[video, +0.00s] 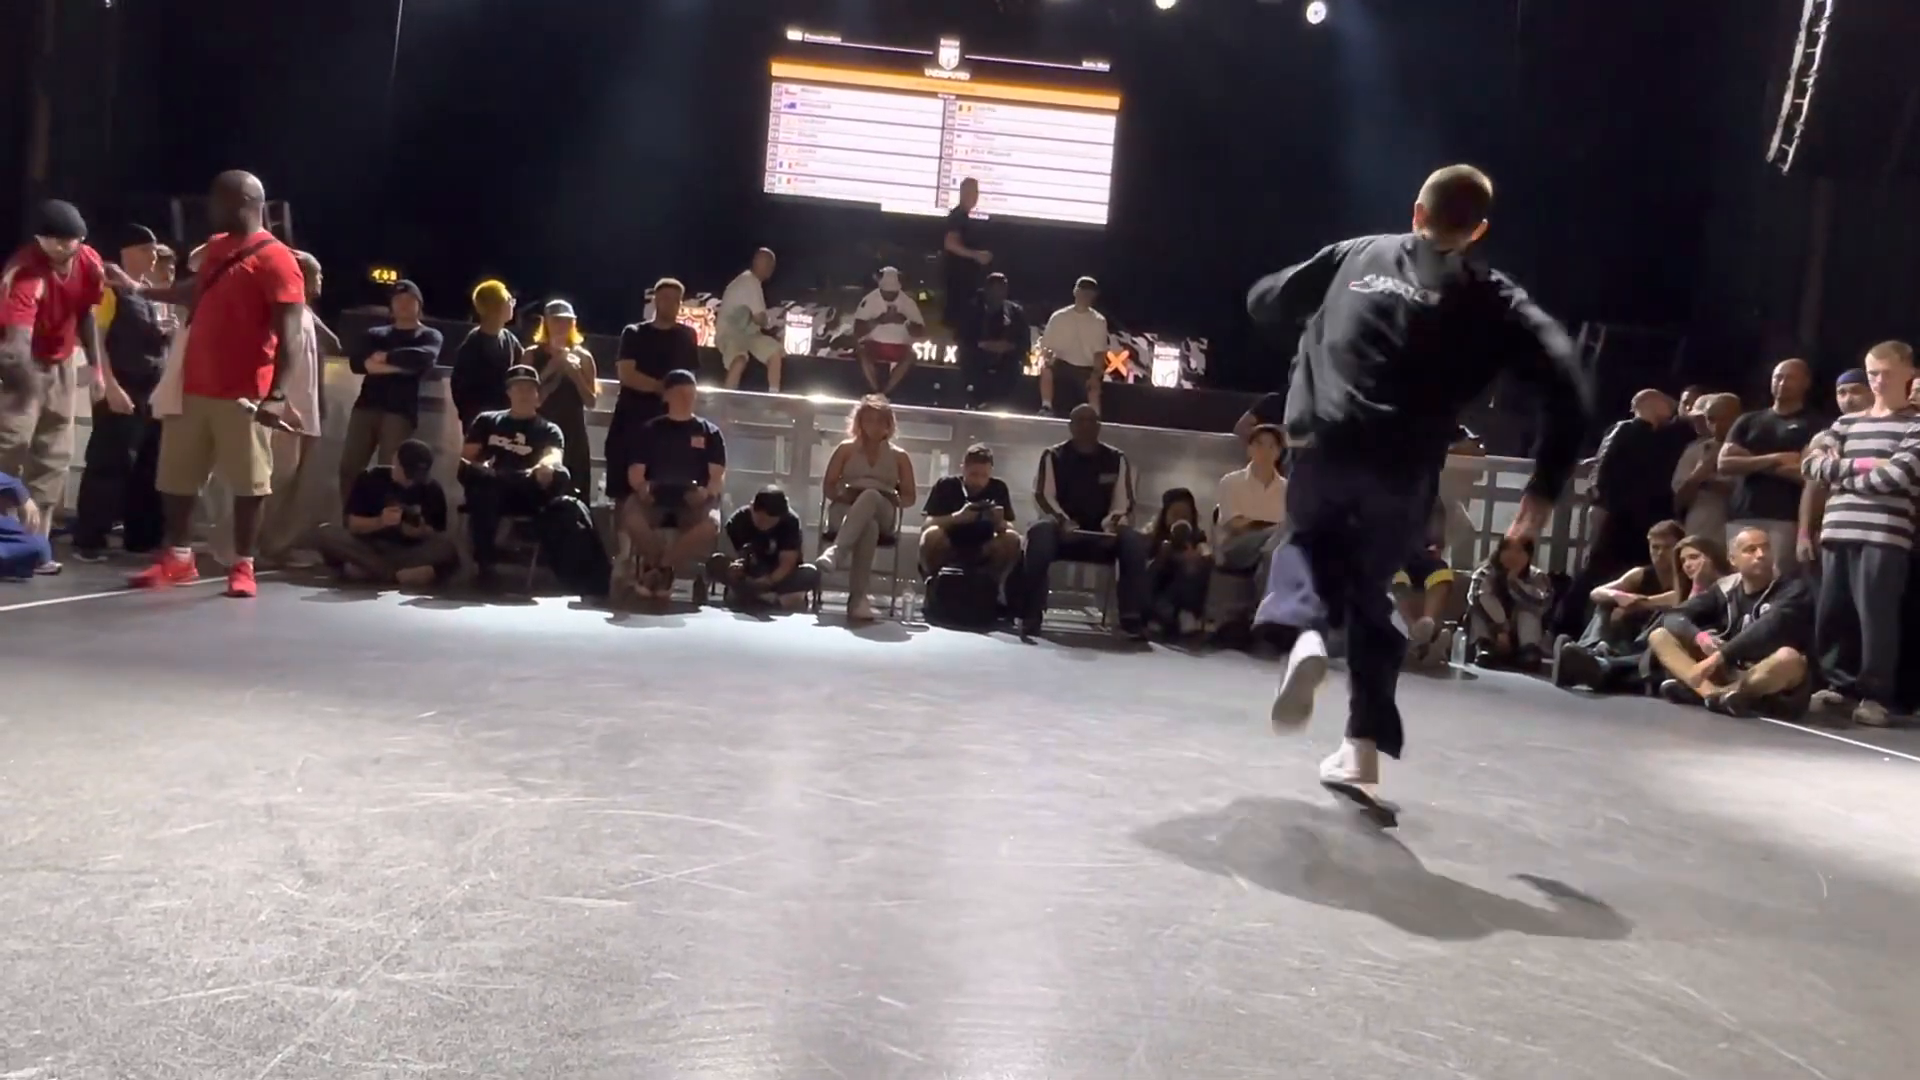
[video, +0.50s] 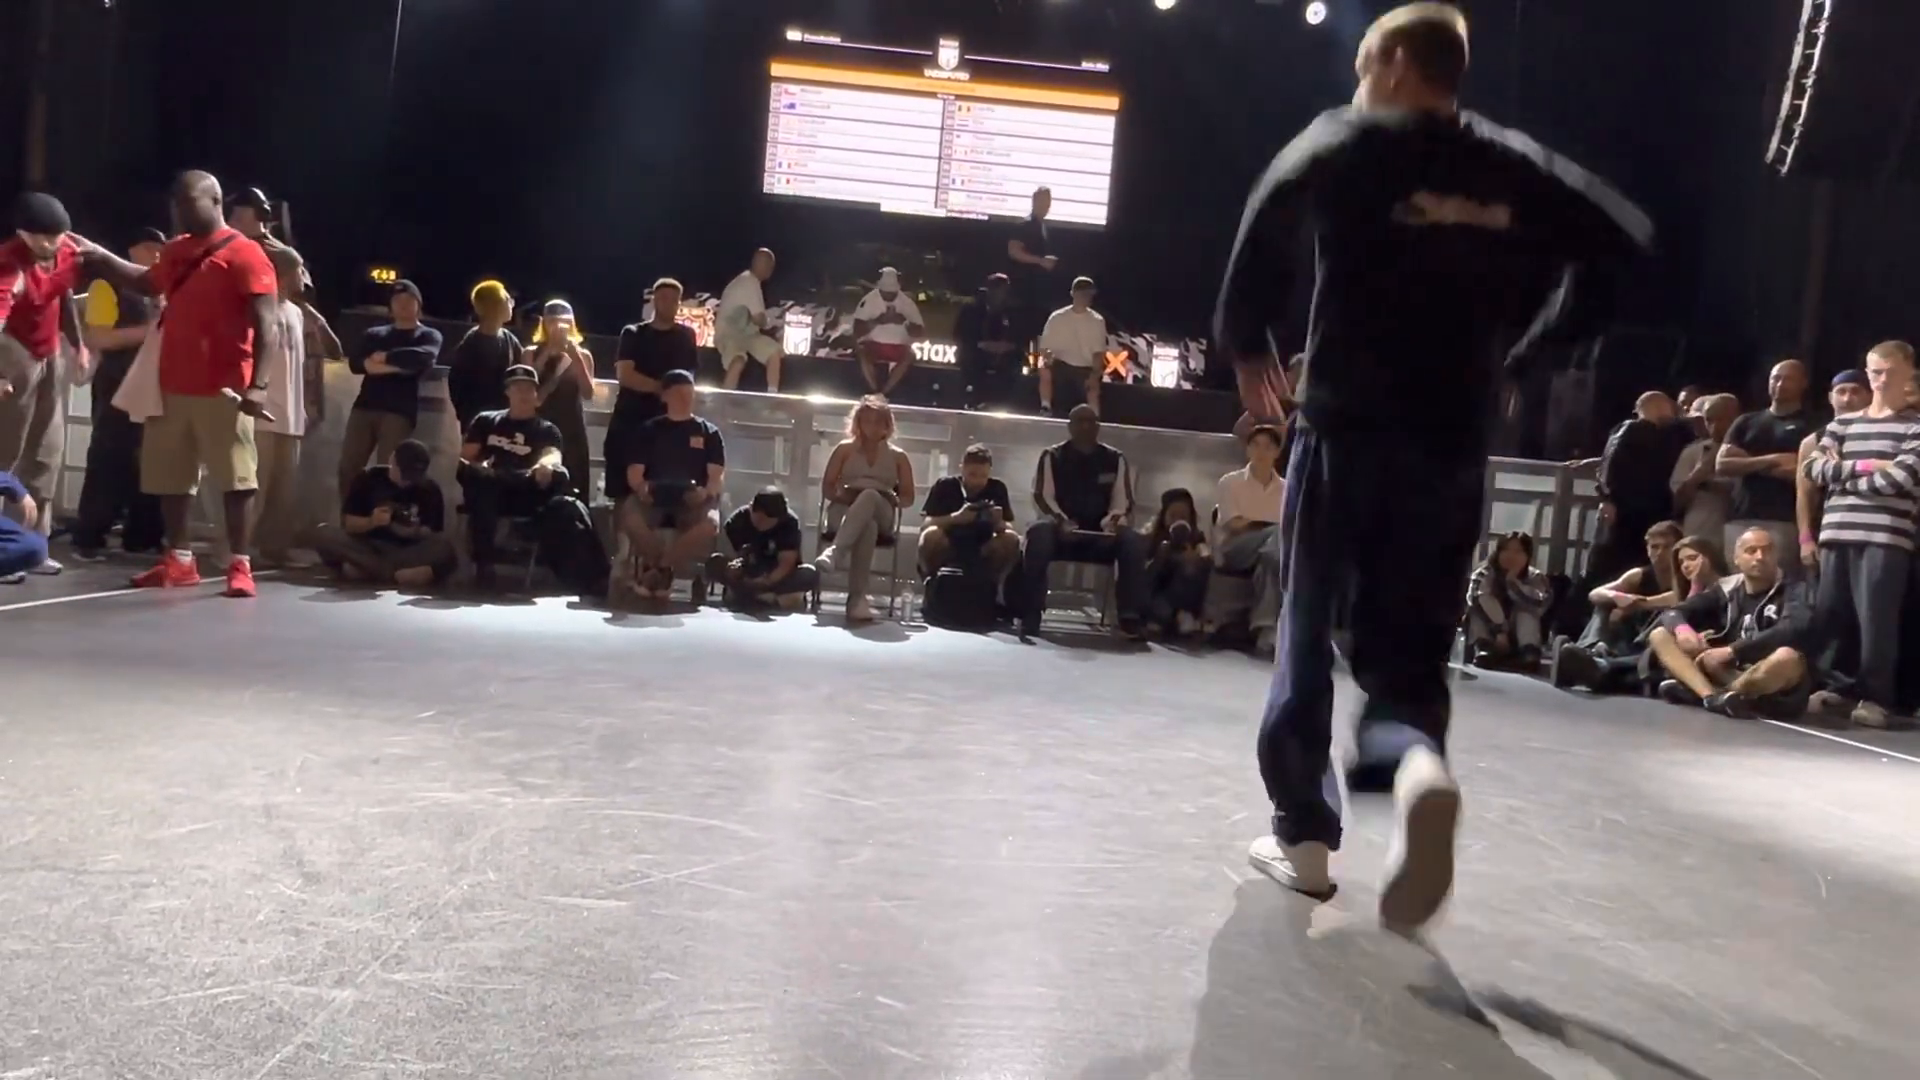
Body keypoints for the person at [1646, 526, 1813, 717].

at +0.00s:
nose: (1760, 555)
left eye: (1765, 548)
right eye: (1750, 550)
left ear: (1772, 553)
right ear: (1734, 559)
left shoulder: (1793, 590)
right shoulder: (1724, 589)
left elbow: (1769, 629)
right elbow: (1673, 617)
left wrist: (1717, 659)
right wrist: (1698, 636)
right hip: (1726, 672)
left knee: (1789, 658)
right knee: (1659, 636)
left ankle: (1706, 694)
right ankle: (1713, 694)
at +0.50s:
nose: (1759, 557)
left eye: (1766, 550)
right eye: (1751, 551)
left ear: (1775, 556)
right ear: (1737, 559)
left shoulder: (1793, 589)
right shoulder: (1726, 589)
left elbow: (1792, 629)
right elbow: (1672, 614)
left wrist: (1732, 650)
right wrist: (1682, 630)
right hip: (1726, 672)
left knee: (1787, 658)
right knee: (1659, 636)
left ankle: (1723, 696)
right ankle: (1710, 696)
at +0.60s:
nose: (1760, 558)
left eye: (1767, 551)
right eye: (1752, 552)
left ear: (1776, 557)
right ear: (1738, 560)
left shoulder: (1795, 592)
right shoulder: (1728, 590)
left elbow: (1794, 629)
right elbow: (1680, 610)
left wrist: (1742, 649)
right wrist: (1667, 624)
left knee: (1788, 659)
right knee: (1661, 637)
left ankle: (1712, 697)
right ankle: (1711, 694)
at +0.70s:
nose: (1762, 558)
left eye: (1769, 552)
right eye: (1754, 552)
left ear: (1778, 557)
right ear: (1739, 560)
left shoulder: (1795, 590)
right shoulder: (1727, 591)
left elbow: (1794, 626)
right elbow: (1686, 608)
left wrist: (1754, 651)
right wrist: (1650, 624)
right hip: (1727, 666)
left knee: (1784, 660)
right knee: (1664, 635)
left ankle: (1719, 697)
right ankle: (1710, 695)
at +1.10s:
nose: (1759, 562)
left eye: (1767, 556)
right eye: (1751, 555)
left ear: (1778, 564)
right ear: (1738, 564)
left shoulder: (1792, 602)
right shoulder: (1724, 593)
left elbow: (1802, 644)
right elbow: (1686, 619)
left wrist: (1764, 677)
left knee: (1795, 674)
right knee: (1674, 650)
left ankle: (1727, 697)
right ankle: (1712, 698)